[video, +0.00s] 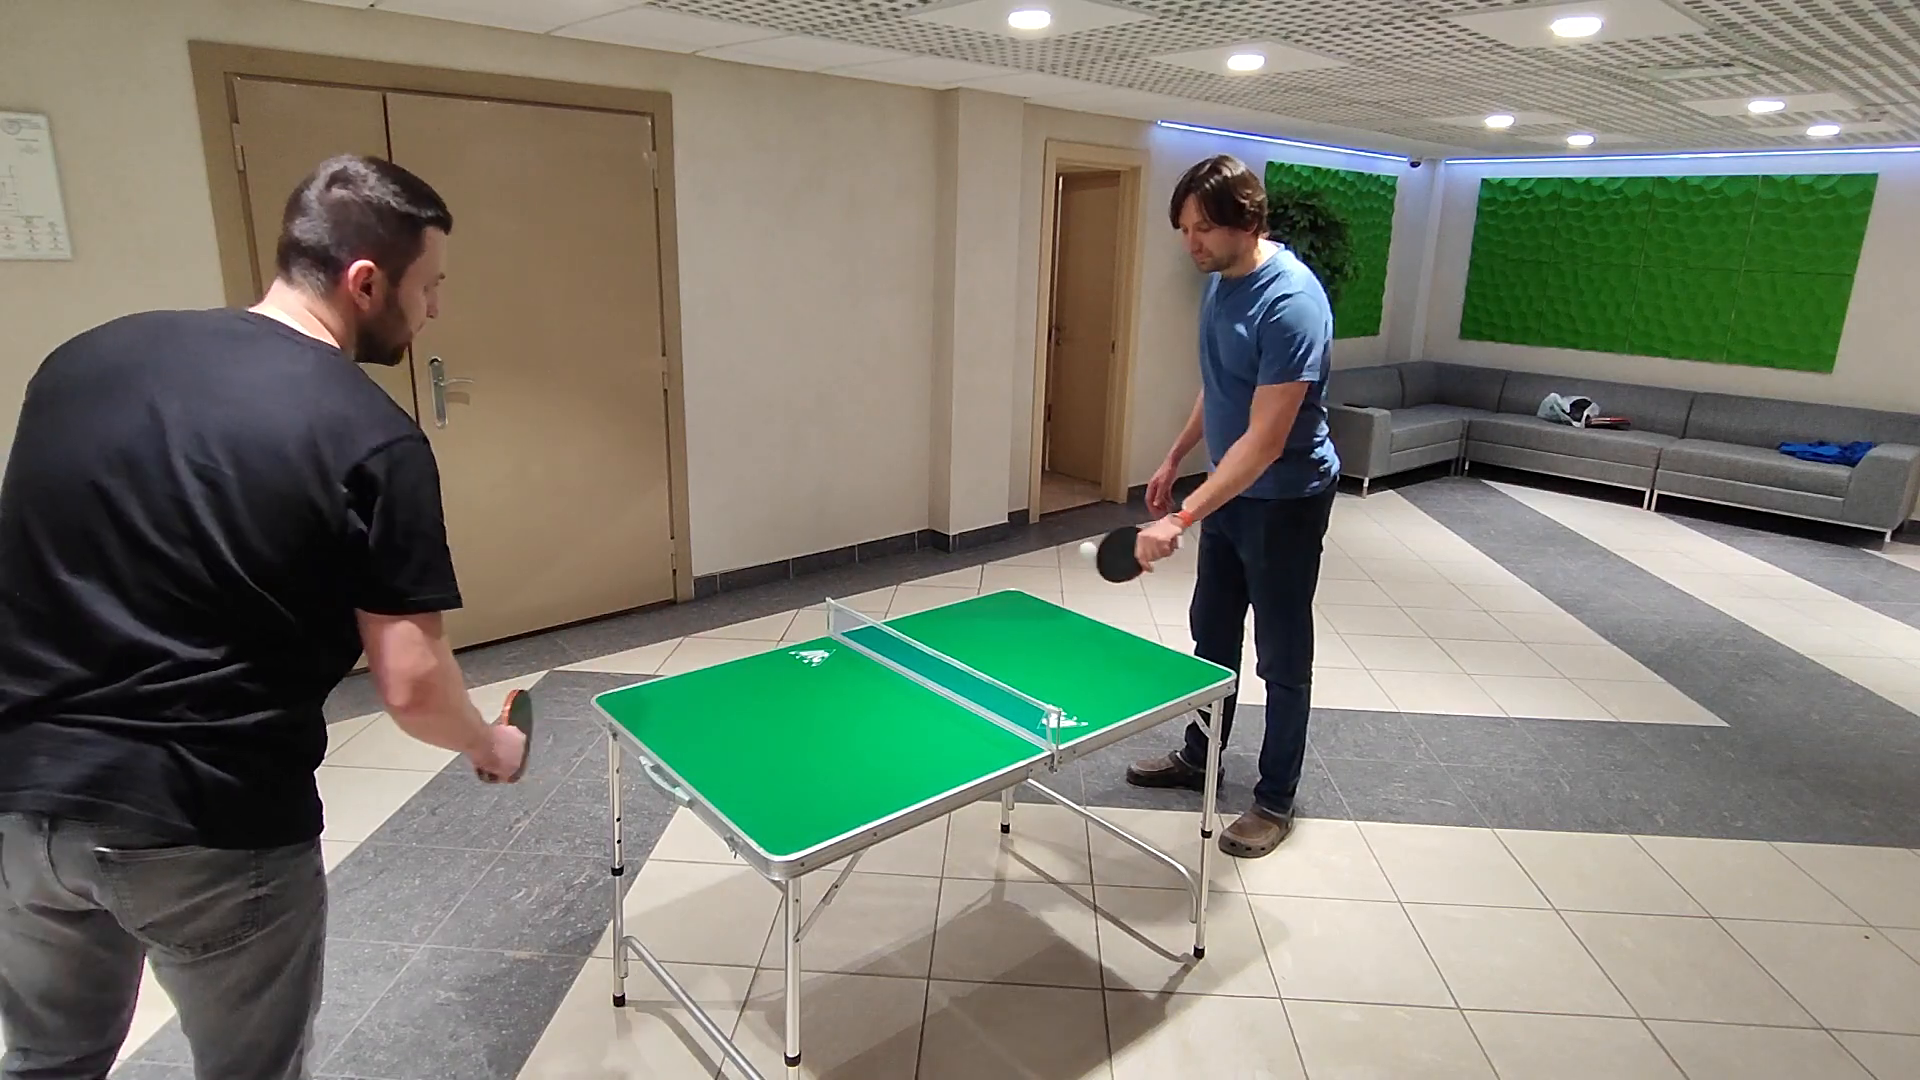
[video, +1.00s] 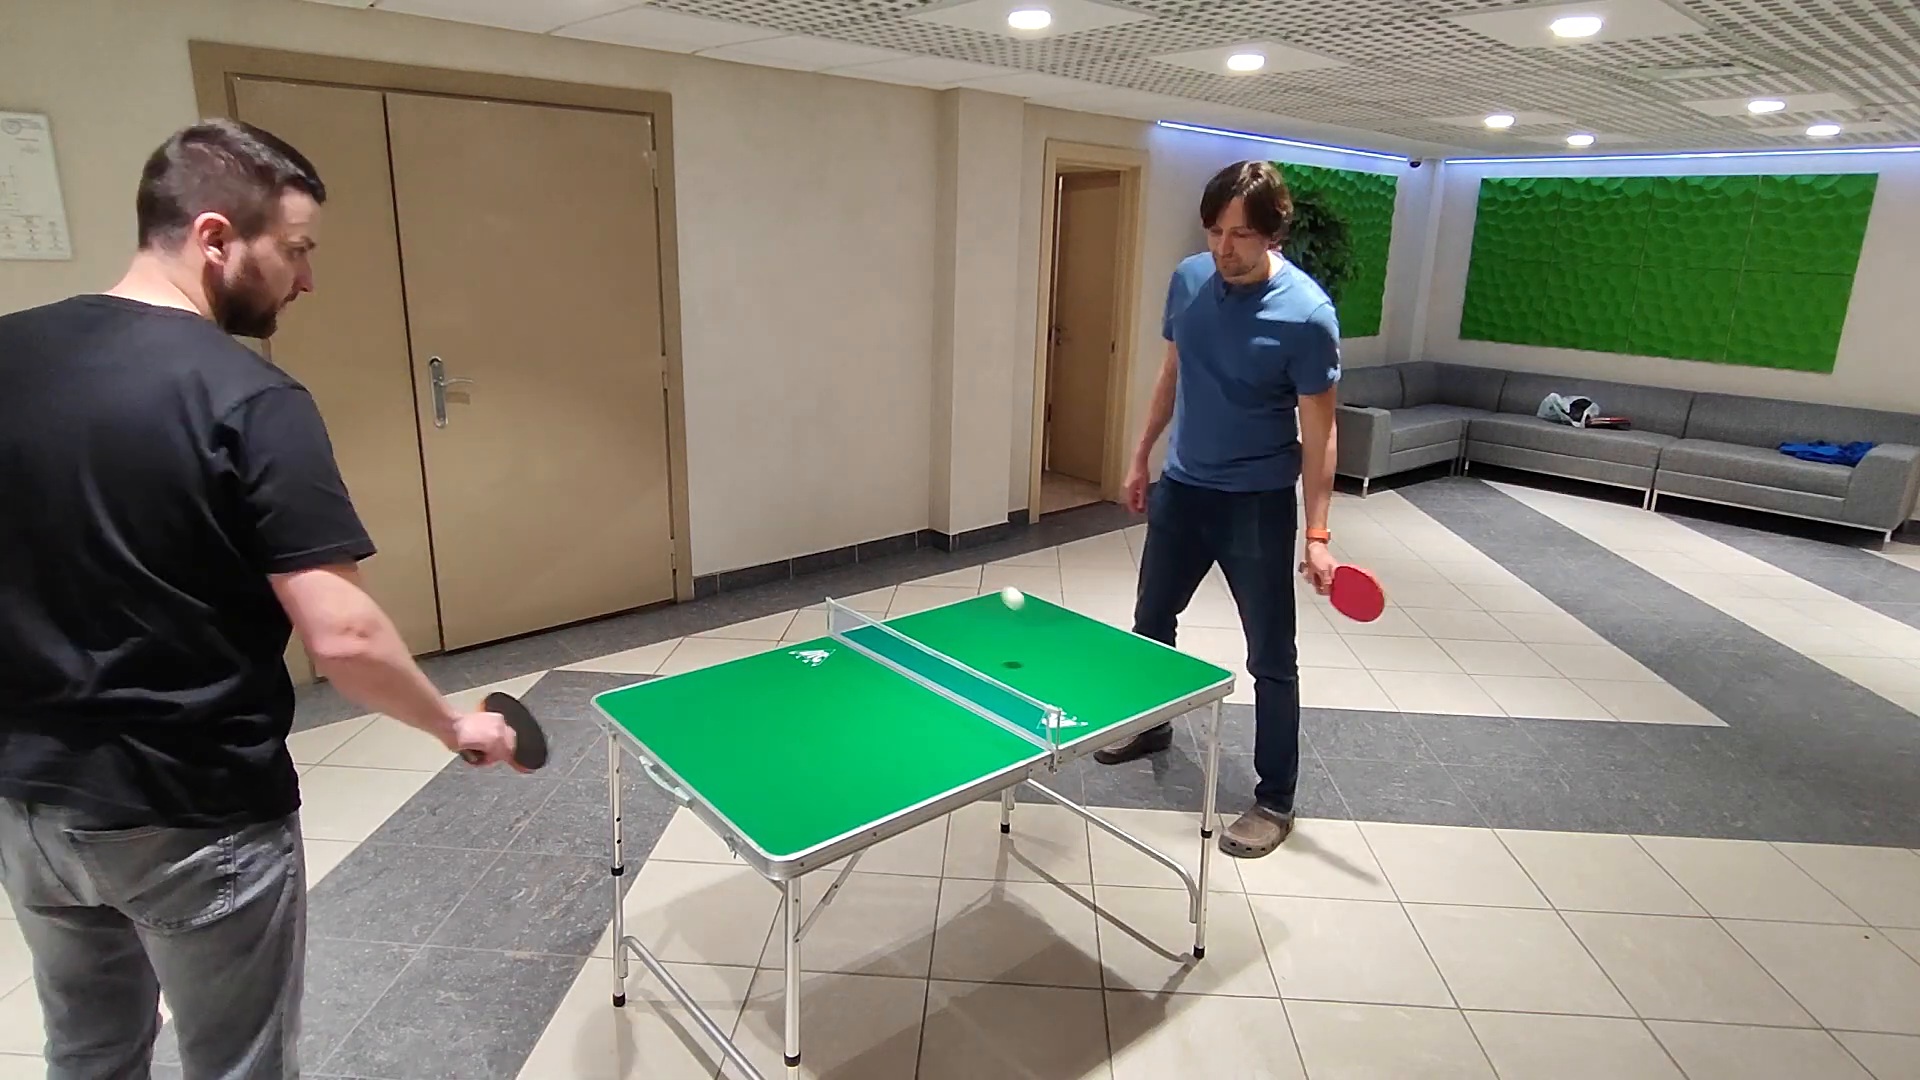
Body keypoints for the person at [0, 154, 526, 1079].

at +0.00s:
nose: (435, 310)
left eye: (439, 287)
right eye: (430, 286)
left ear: (287, 260)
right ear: (364, 281)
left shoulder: (84, 357)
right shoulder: (374, 436)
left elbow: (36, 569)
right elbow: (412, 681)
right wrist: (486, 745)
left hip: (30, 791)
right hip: (209, 818)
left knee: (44, 1063)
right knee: (252, 1066)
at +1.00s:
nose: (305, 280)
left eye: (310, 255)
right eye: (296, 251)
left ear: (203, 234)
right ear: (214, 238)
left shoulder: (15, 347)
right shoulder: (249, 396)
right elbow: (342, 637)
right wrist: (451, 723)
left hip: (28, 797)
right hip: (195, 811)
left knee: (89, 1061)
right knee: (239, 1064)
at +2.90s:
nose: (408, 311)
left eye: (407, 284)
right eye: (392, 286)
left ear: (299, 279)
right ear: (304, 279)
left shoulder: (248, 381)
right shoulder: (252, 444)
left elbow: (359, 546)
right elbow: (217, 706)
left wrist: (500, 631)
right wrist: (398, 800)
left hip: (154, 797)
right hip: (238, 822)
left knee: (131, 1046)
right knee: (426, 1026)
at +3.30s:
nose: (726, 419)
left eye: (734, 401)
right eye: (726, 398)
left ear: (652, 373)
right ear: (671, 383)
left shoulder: (545, 411)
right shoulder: (559, 481)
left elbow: (645, 566)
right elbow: (426, 707)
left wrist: (742, 672)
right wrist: (522, 859)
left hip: (295, 722)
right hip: (376, 776)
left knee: (288, 960)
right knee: (536, 972)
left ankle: (204, 1075)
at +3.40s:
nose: (750, 416)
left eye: (760, 398)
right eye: (752, 396)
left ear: (671, 354)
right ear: (698, 374)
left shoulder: (573, 410)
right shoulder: (583, 475)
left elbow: (637, 588)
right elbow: (450, 696)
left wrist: (707, 706)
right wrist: (537, 853)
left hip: (327, 711)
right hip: (403, 770)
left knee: (319, 945)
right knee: (542, 972)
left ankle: (232, 1078)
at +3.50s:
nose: (763, 412)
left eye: (772, 394)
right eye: (764, 391)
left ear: (690, 356)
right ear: (710, 369)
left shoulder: (581, 405)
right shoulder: (596, 468)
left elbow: (608, 586)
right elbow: (460, 684)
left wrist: (677, 713)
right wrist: (548, 844)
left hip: (346, 706)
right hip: (418, 762)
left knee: (343, 947)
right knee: (538, 974)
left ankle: (270, 1077)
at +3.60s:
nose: (764, 401)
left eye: (772, 382)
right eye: (765, 379)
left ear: (698, 354)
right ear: (710, 362)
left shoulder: (585, 401)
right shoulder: (598, 460)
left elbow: (592, 583)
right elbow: (459, 675)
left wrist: (659, 713)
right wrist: (545, 841)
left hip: (361, 708)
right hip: (426, 760)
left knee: (368, 941)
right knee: (538, 972)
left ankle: (302, 1076)